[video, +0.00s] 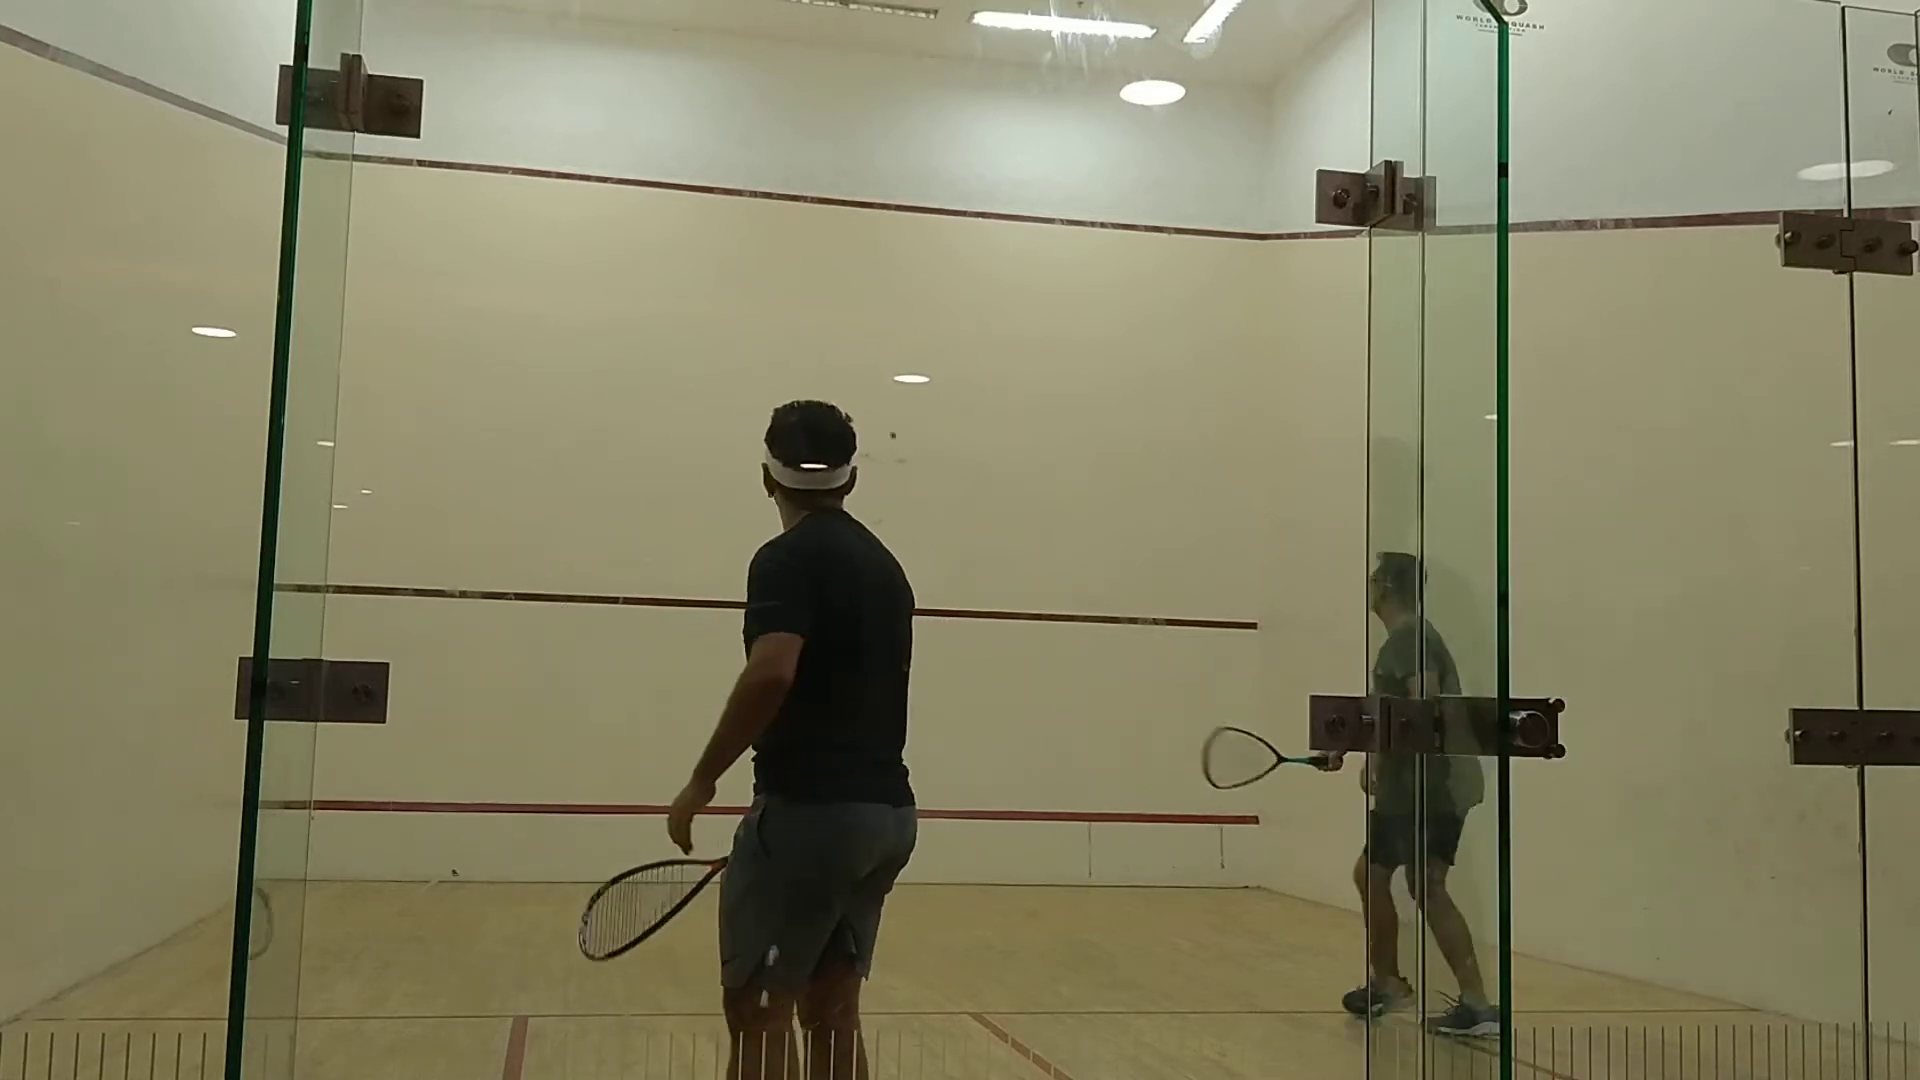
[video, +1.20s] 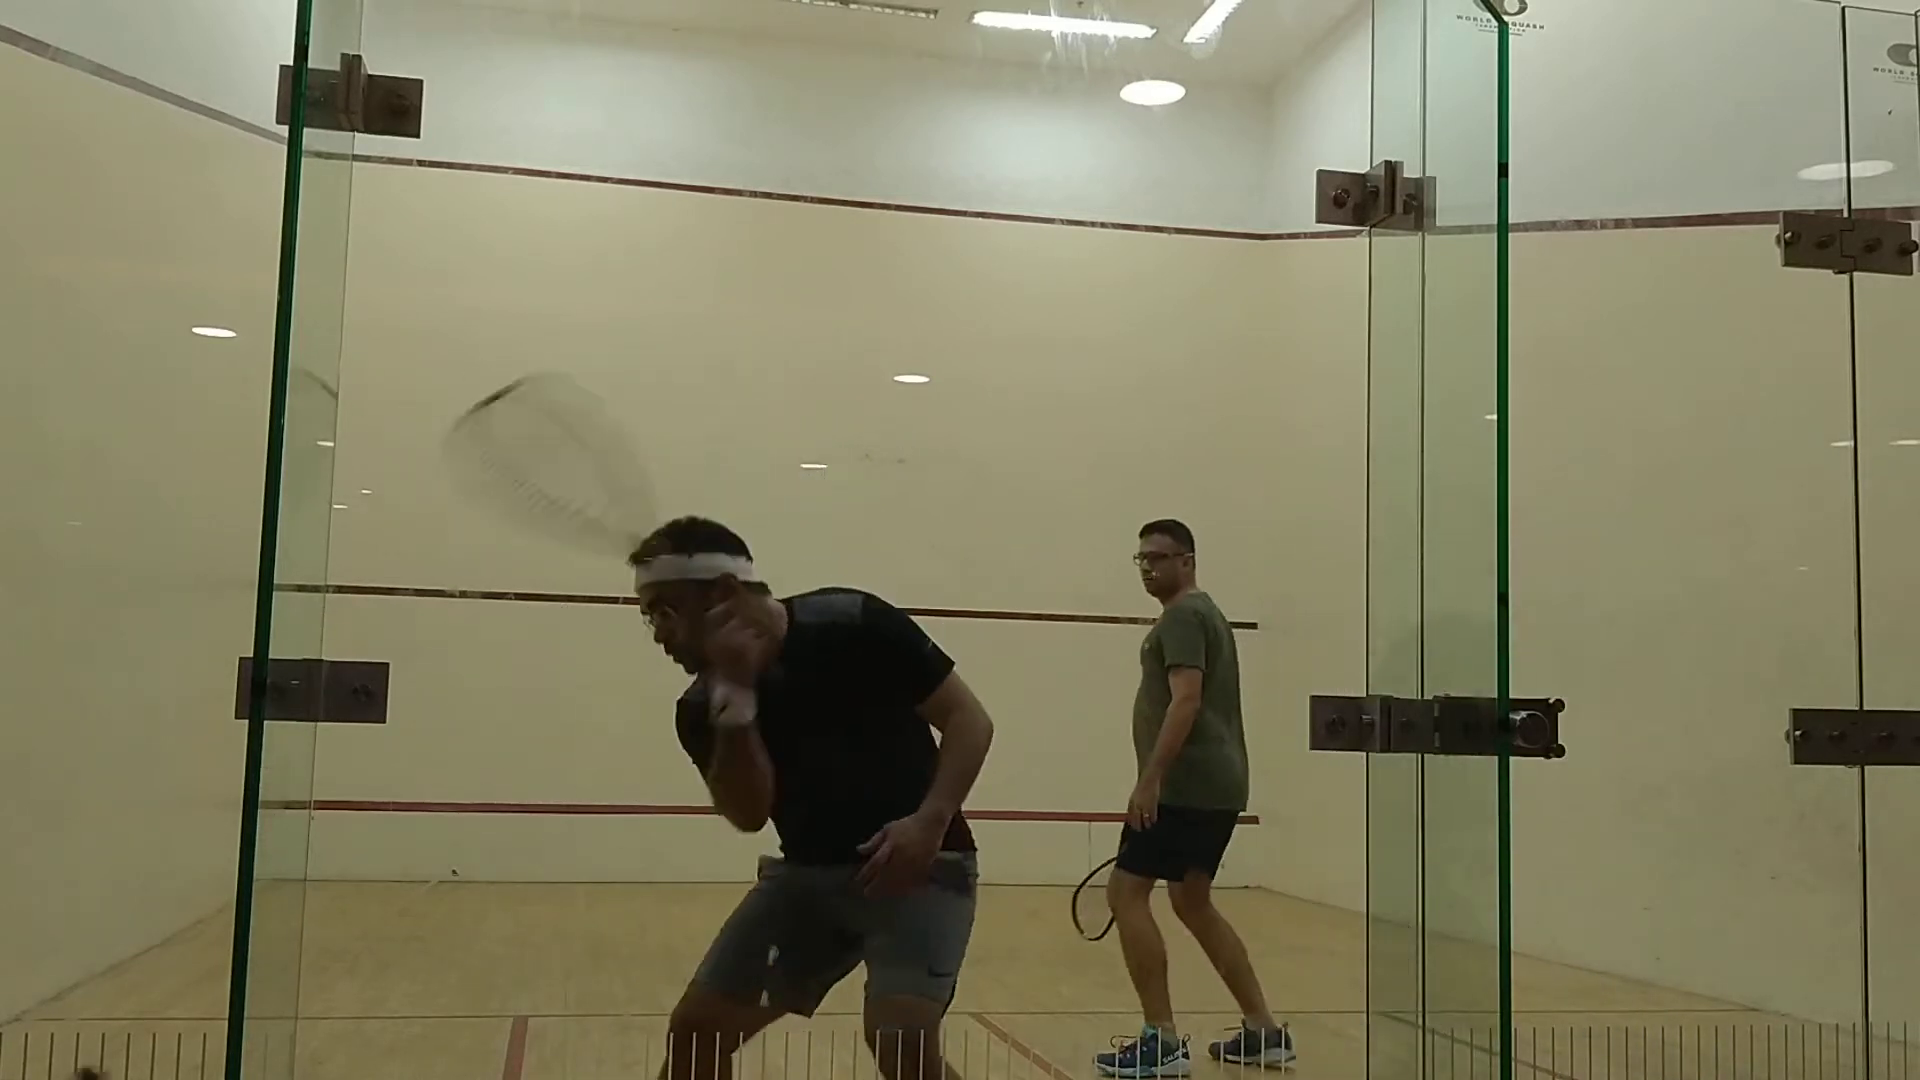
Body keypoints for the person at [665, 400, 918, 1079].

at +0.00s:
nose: (765, 478)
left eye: (767, 468)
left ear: (770, 479)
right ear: (850, 481)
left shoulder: (784, 559)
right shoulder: (882, 565)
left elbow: (773, 671)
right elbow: (862, 700)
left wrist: (700, 781)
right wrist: (780, 801)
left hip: (805, 818)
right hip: (883, 816)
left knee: (754, 1007)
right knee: (832, 1006)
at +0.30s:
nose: (773, 476)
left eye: (774, 464)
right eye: (779, 463)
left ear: (785, 482)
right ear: (861, 479)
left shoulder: (821, 567)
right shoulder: (889, 558)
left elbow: (823, 696)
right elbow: (891, 708)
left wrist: (774, 831)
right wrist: (813, 832)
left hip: (857, 830)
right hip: (908, 825)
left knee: (821, 1024)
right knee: (837, 1017)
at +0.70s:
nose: (747, 499)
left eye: (758, 480)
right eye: (748, 481)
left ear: (813, 483)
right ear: (812, 484)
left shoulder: (880, 571)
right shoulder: (829, 576)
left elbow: (911, 705)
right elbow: (841, 704)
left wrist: (862, 849)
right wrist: (785, 760)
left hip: (916, 843)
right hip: (838, 838)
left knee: (915, 1050)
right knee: (759, 1018)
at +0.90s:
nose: (711, 509)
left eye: (724, 489)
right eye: (708, 493)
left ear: (786, 485)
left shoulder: (887, 577)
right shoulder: (754, 597)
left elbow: (971, 697)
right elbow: (760, 706)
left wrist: (952, 826)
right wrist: (736, 776)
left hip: (904, 856)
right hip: (805, 852)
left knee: (928, 1054)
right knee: (737, 1024)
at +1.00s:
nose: (687, 535)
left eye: (699, 514)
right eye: (683, 518)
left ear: (759, 506)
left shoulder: (868, 585)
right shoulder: (725, 628)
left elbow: (975, 695)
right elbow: (740, 743)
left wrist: (977, 825)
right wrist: (716, 830)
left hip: (906, 858)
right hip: (802, 851)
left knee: (921, 1058)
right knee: (695, 1009)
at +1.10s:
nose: (661, 577)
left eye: (673, 556)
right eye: (656, 561)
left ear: (734, 544)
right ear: (729, 547)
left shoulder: (857, 604)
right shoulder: (699, 677)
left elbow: (975, 702)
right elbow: (723, 812)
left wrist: (954, 817)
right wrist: (688, 822)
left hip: (904, 858)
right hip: (793, 864)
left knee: (898, 1054)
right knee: (694, 1034)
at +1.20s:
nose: (657, 634)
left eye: (663, 611)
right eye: (650, 616)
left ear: (721, 595)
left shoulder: (855, 623)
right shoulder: (702, 708)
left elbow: (970, 722)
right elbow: (747, 813)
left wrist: (929, 823)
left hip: (919, 866)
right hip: (812, 874)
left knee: (900, 1041)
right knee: (696, 1032)